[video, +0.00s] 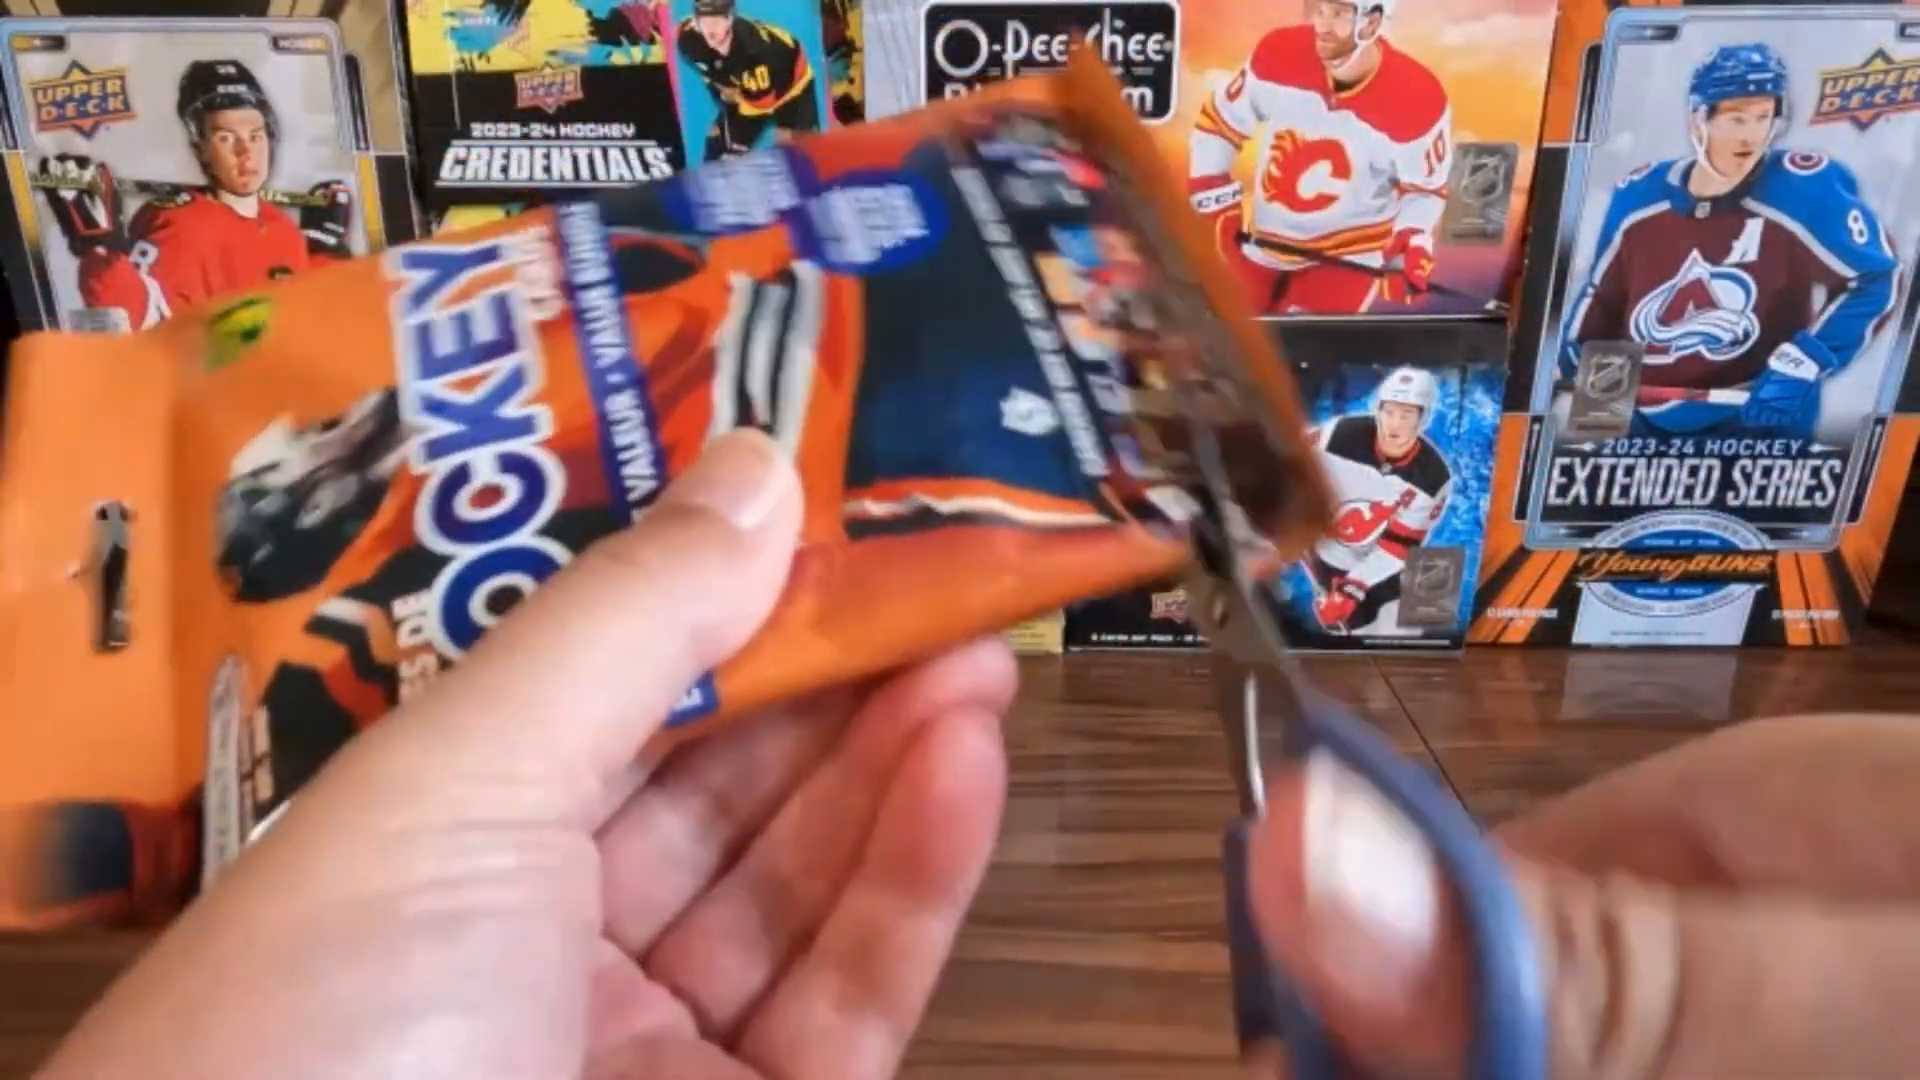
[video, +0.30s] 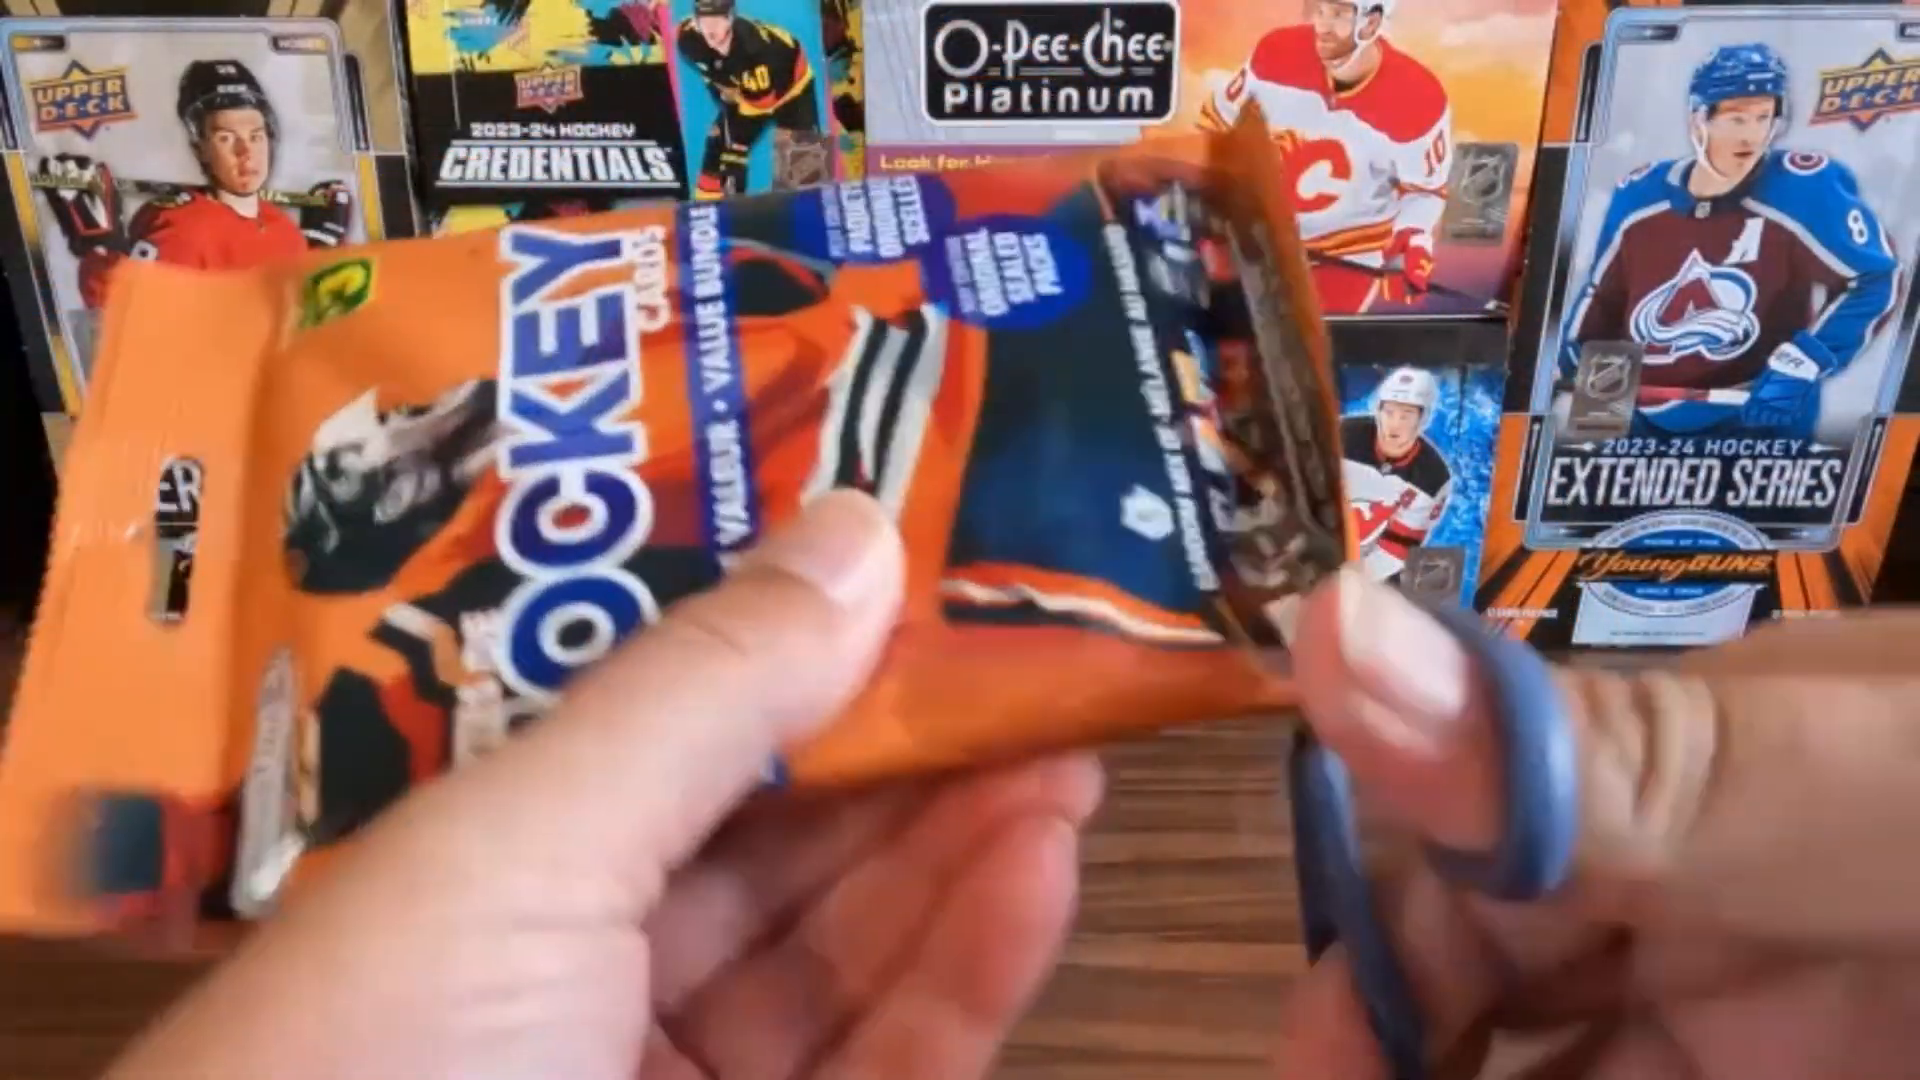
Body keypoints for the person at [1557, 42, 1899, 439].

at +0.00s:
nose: (1749, 135)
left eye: (1762, 118)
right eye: (1735, 118)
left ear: (1775, 123)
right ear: (1698, 123)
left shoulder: (1808, 191)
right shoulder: (1638, 197)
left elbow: (1879, 280)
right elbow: (1600, 296)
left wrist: (1802, 365)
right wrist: (1578, 366)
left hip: (1745, 427)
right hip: (1637, 422)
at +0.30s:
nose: (1750, 135)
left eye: (1762, 118)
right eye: (1735, 118)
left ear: (1775, 123)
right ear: (1698, 123)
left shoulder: (1806, 191)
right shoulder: (1638, 197)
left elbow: (1878, 280)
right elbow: (1599, 296)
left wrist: (1803, 364)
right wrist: (1576, 363)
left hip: (1743, 427)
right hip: (1636, 421)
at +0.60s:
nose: (1750, 135)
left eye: (1762, 118)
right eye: (1735, 119)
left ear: (1775, 123)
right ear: (1698, 124)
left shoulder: (1806, 191)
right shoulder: (1638, 197)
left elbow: (1879, 280)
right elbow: (1598, 296)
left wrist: (1802, 364)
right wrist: (1576, 365)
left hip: (1744, 427)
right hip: (1637, 421)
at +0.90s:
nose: (1750, 135)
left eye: (1762, 118)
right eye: (1735, 119)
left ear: (1775, 123)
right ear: (1698, 124)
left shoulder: (1806, 192)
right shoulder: (1638, 197)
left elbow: (1879, 280)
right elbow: (1598, 296)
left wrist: (1802, 364)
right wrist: (1574, 365)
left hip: (1744, 427)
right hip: (1637, 421)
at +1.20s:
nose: (1749, 135)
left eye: (1762, 118)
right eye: (1734, 119)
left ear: (1775, 122)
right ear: (1698, 124)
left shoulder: (1805, 192)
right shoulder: (1638, 197)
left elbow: (1879, 280)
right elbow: (1599, 296)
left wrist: (1801, 365)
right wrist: (1574, 365)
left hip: (1744, 428)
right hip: (1637, 422)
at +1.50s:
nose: (1749, 135)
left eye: (1762, 118)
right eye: (1734, 119)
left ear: (1775, 122)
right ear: (1698, 124)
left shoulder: (1806, 192)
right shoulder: (1637, 197)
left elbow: (1879, 280)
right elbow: (1599, 297)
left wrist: (1801, 365)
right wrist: (1582, 368)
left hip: (1745, 427)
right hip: (1638, 421)